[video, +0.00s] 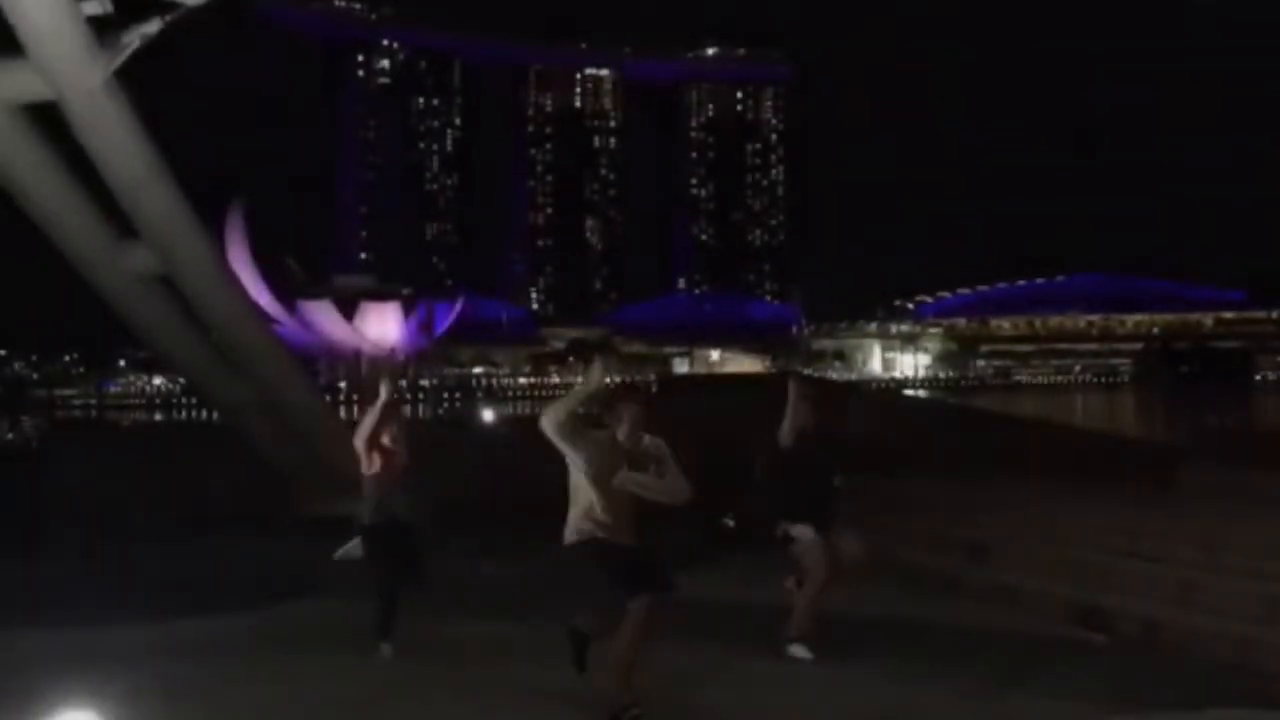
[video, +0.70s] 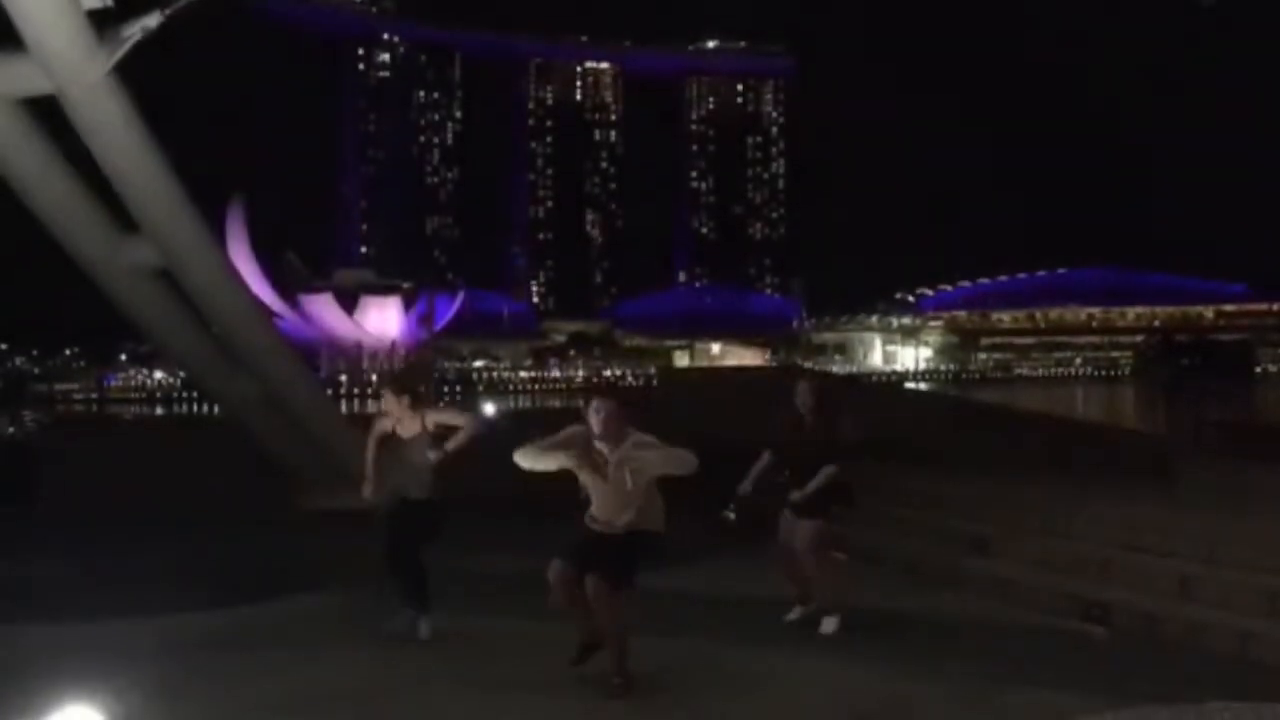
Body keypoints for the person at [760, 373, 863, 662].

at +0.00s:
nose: (804, 417)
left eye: (806, 410)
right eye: (798, 411)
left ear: (812, 414)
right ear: (790, 416)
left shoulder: (820, 446)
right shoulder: (786, 451)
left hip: (820, 514)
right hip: (796, 516)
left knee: (848, 555)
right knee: (816, 570)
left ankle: (801, 584)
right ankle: (796, 636)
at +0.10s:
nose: (804, 423)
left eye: (807, 417)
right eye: (798, 417)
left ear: (815, 420)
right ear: (789, 421)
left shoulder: (821, 450)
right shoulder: (782, 453)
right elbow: (779, 442)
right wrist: (790, 408)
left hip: (819, 517)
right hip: (789, 519)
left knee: (850, 554)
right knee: (815, 571)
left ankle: (810, 606)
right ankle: (795, 636)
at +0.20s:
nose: (808, 417)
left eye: (812, 412)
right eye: (803, 412)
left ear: (820, 414)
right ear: (795, 414)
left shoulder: (828, 439)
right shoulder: (788, 440)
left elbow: (851, 471)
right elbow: (769, 451)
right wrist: (791, 420)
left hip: (826, 511)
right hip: (793, 513)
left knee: (840, 557)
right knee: (808, 566)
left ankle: (823, 611)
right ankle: (795, 635)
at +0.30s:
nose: (811, 407)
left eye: (815, 401)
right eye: (806, 401)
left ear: (824, 404)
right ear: (798, 404)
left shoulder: (835, 431)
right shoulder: (788, 429)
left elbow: (854, 461)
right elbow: (768, 463)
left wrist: (856, 483)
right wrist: (795, 460)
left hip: (829, 506)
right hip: (794, 507)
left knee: (829, 564)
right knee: (796, 569)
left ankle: (833, 621)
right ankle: (795, 631)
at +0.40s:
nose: (811, 406)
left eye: (817, 400)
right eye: (807, 400)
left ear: (828, 402)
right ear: (802, 402)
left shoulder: (842, 433)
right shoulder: (793, 431)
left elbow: (857, 475)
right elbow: (775, 469)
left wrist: (855, 507)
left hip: (829, 507)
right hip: (794, 506)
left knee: (827, 564)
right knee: (790, 565)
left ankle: (833, 621)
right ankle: (778, 623)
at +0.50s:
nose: (810, 408)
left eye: (816, 403)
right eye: (807, 402)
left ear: (828, 407)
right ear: (803, 406)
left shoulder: (841, 442)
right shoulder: (795, 436)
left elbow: (849, 485)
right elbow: (769, 466)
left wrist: (822, 495)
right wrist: (748, 490)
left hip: (827, 511)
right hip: (795, 507)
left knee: (824, 562)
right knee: (784, 561)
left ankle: (832, 620)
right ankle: (772, 618)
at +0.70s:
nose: (803, 400)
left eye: (807, 395)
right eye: (799, 395)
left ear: (817, 398)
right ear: (794, 398)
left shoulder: (828, 427)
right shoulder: (791, 425)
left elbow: (832, 466)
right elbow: (769, 455)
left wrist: (804, 493)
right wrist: (749, 482)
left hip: (820, 499)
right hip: (794, 496)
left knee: (807, 550)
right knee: (785, 546)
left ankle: (830, 607)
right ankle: (803, 600)